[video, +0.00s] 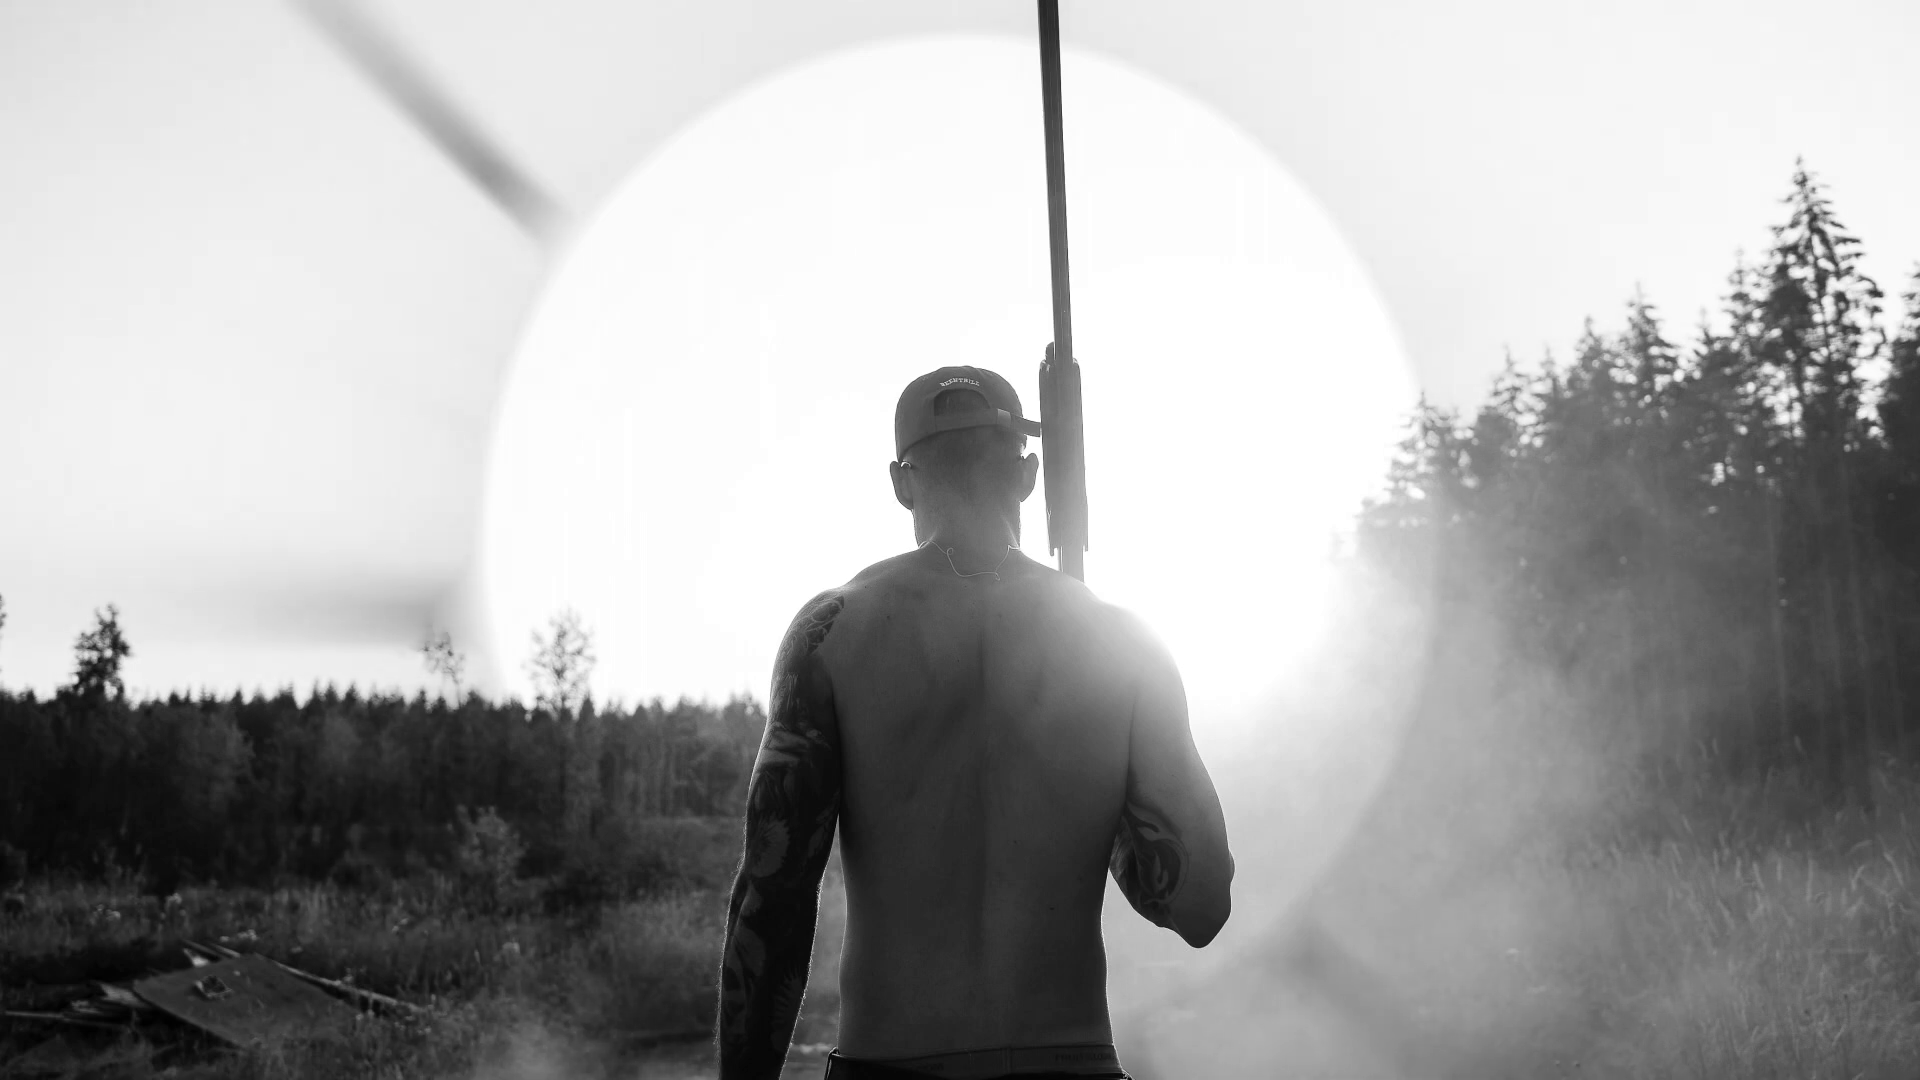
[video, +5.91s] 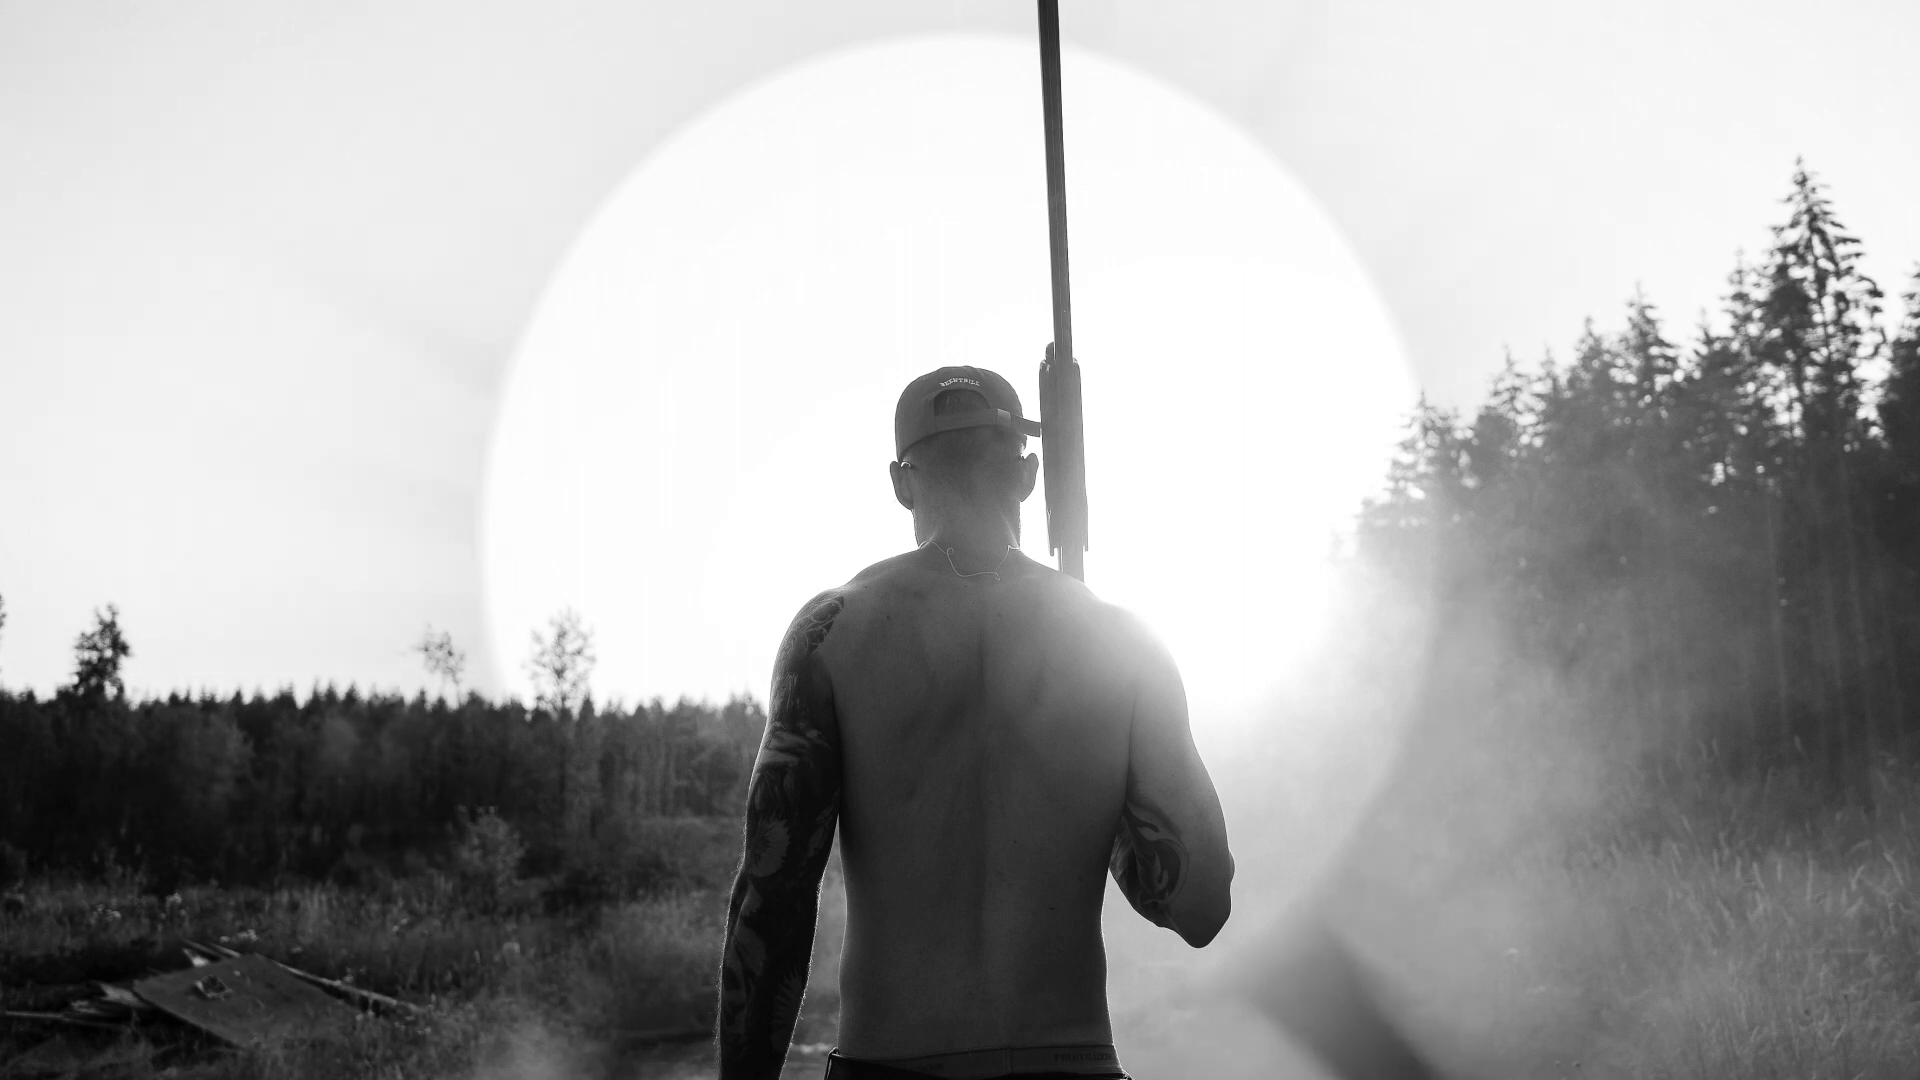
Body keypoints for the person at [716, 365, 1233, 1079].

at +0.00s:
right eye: (1017, 450)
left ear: (903, 486)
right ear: (1027, 476)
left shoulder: (832, 630)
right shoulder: (1121, 641)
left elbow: (773, 884)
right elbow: (1201, 904)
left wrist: (747, 1063)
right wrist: (1102, 803)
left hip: (887, 1045)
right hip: (1067, 1045)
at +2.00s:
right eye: (1017, 450)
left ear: (903, 486)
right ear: (1027, 476)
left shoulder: (832, 630)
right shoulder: (1121, 641)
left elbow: (773, 884)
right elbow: (1201, 904)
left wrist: (747, 1063)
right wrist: (1102, 803)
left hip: (887, 1045)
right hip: (1068, 1045)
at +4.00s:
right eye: (1015, 449)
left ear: (903, 486)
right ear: (1028, 477)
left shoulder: (831, 630)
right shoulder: (1121, 641)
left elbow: (773, 885)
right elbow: (1201, 905)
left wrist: (747, 1063)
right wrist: (1101, 800)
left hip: (886, 1046)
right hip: (1068, 1046)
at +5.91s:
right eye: (1015, 449)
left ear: (903, 486)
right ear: (1028, 477)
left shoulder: (831, 630)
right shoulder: (1121, 641)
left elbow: (773, 885)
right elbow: (1201, 904)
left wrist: (747, 1062)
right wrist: (1100, 800)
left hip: (886, 1046)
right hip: (1067, 1046)